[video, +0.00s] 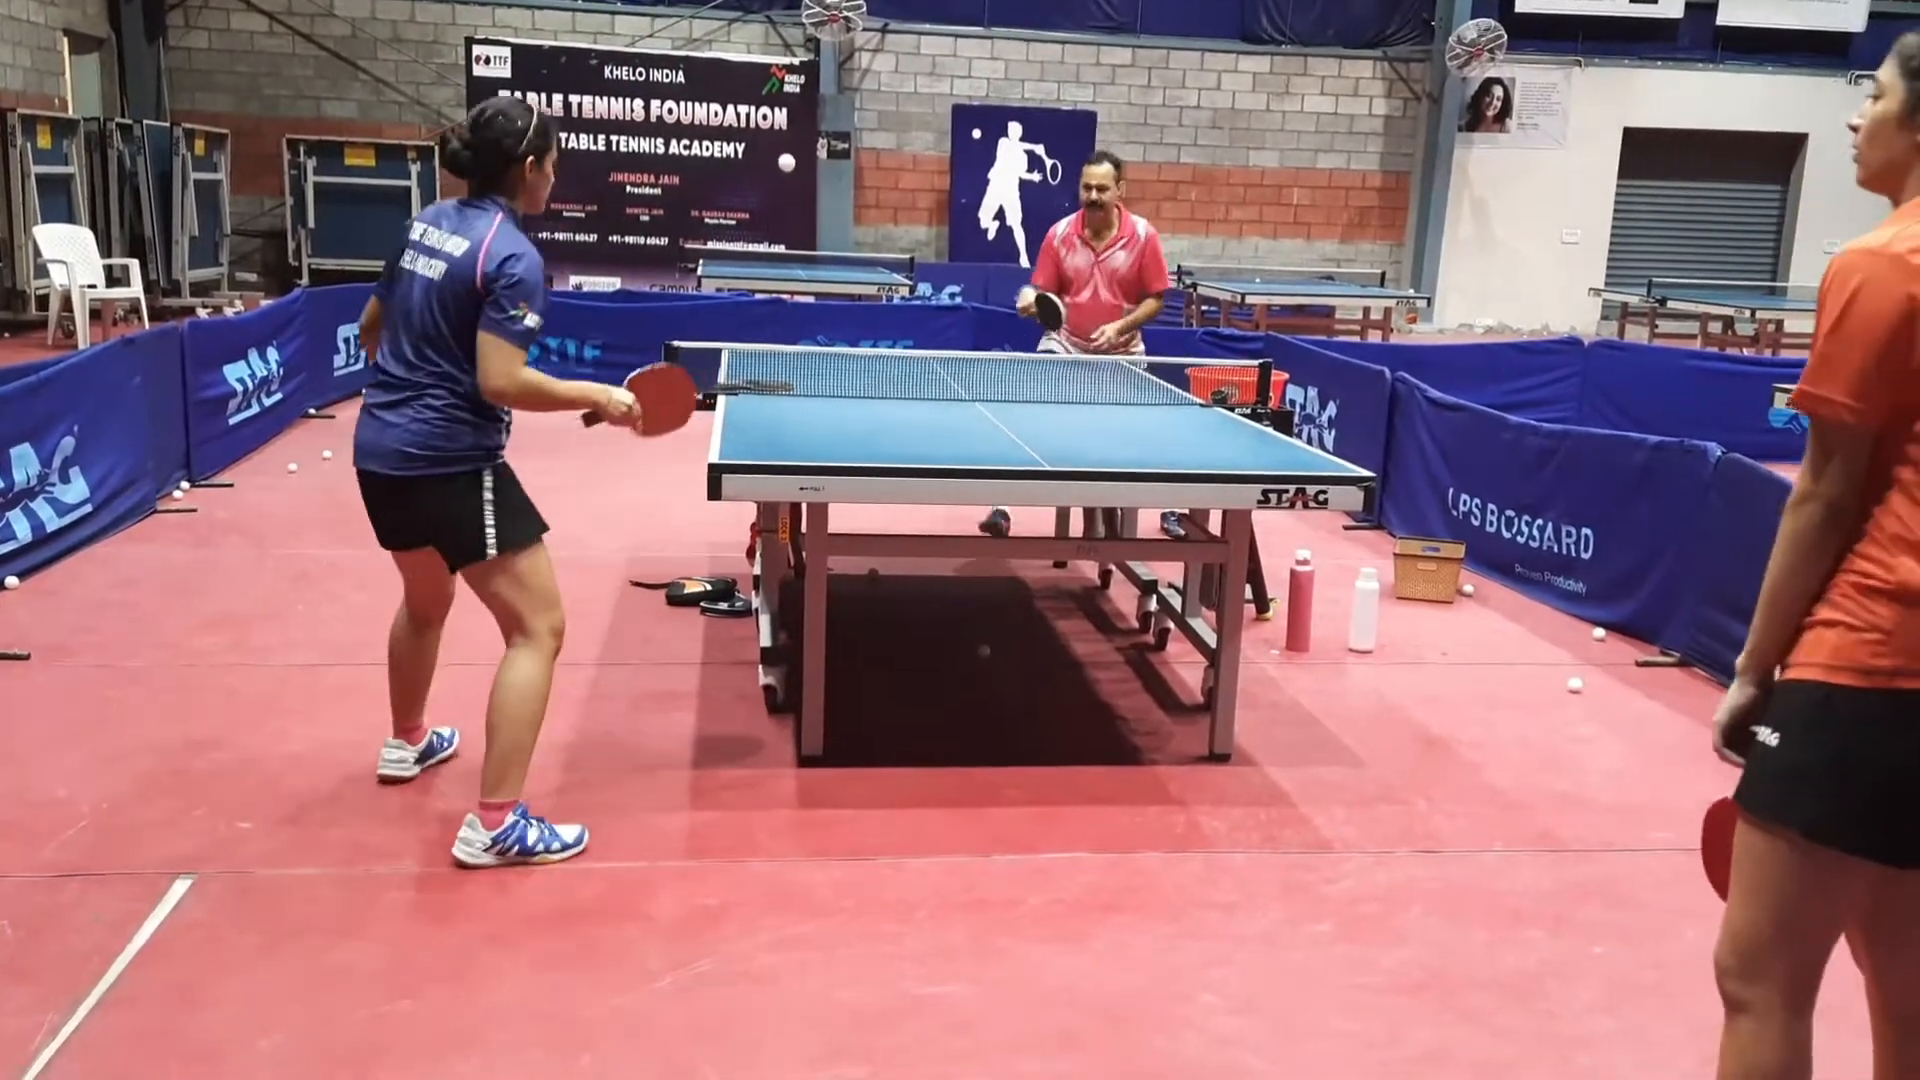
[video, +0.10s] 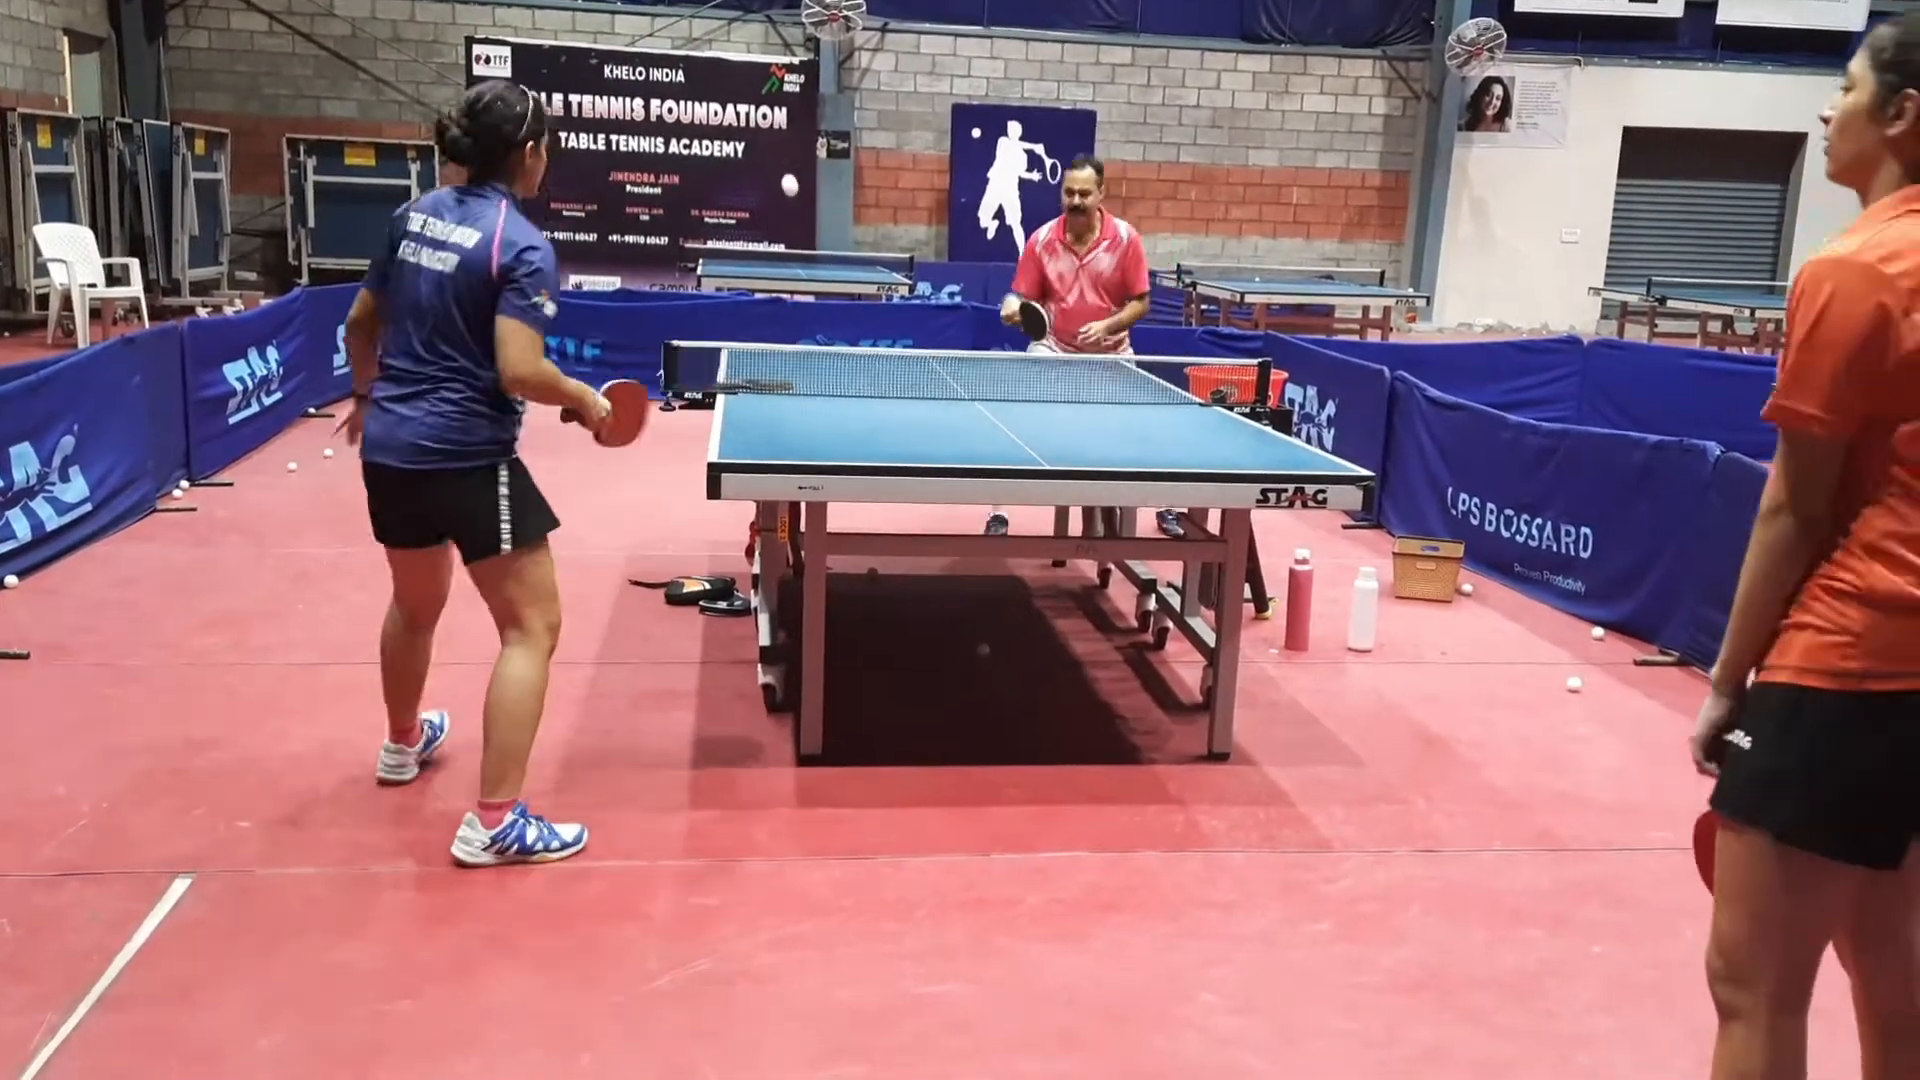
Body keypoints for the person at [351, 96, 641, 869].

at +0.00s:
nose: (553, 174)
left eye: (552, 160)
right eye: (550, 161)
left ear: (473, 161)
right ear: (527, 166)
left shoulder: (428, 223)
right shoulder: (512, 254)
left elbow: (371, 329)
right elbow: (501, 379)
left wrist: (426, 379)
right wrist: (593, 396)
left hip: (382, 455)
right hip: (455, 463)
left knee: (424, 601)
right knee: (538, 629)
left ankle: (405, 741)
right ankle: (498, 818)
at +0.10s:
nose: (547, 158)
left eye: (546, 145)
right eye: (545, 146)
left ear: (466, 149)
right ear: (527, 153)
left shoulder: (414, 215)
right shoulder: (524, 245)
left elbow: (361, 323)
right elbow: (519, 371)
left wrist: (366, 395)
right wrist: (577, 398)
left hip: (389, 450)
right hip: (470, 458)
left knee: (415, 601)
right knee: (530, 628)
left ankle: (401, 743)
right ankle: (496, 817)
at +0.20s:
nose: (534, 146)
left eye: (529, 134)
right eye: (531, 135)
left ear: (455, 142)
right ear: (517, 143)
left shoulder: (402, 208)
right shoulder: (528, 235)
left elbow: (350, 314)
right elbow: (545, 356)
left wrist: (330, 397)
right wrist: (567, 396)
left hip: (394, 450)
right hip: (478, 456)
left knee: (413, 599)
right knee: (519, 628)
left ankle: (393, 753)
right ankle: (495, 815)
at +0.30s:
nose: (515, 136)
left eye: (509, 125)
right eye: (511, 126)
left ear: (432, 137)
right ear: (498, 137)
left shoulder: (385, 209)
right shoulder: (523, 227)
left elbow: (335, 313)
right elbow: (567, 351)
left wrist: (294, 401)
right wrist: (547, 387)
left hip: (393, 451)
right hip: (482, 452)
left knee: (410, 606)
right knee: (505, 624)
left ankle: (385, 771)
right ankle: (495, 815)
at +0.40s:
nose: (495, 134)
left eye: (489, 122)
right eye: (492, 123)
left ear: (415, 134)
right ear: (479, 133)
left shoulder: (371, 209)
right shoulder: (511, 218)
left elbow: (321, 314)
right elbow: (564, 340)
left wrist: (273, 405)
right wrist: (537, 372)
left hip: (388, 445)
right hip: (476, 446)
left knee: (408, 607)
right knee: (493, 623)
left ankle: (386, 773)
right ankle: (494, 815)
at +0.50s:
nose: (472, 129)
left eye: (468, 119)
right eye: (469, 121)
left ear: (382, 131)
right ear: (456, 129)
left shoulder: (350, 208)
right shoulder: (496, 212)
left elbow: (309, 313)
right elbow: (546, 332)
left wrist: (267, 405)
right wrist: (523, 369)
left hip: (376, 445)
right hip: (465, 447)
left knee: (395, 604)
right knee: (488, 618)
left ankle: (384, 772)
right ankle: (499, 805)